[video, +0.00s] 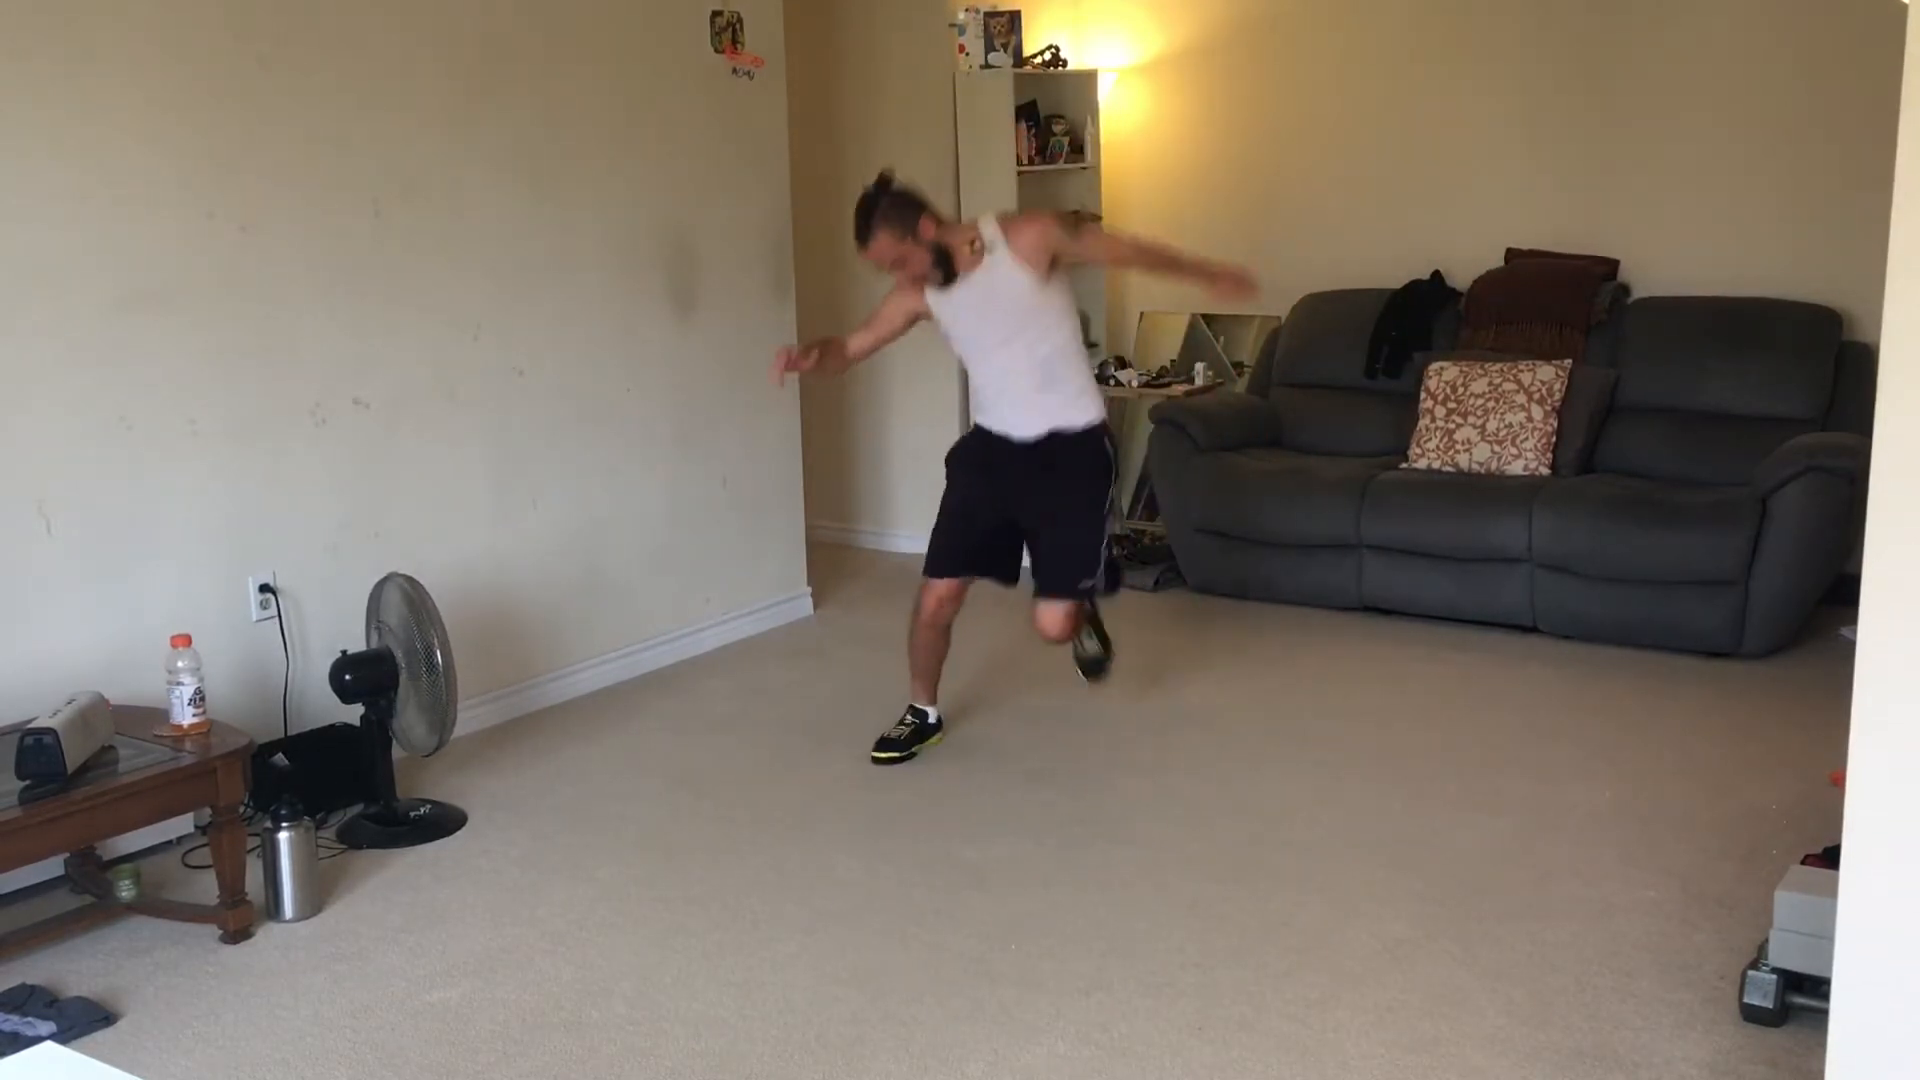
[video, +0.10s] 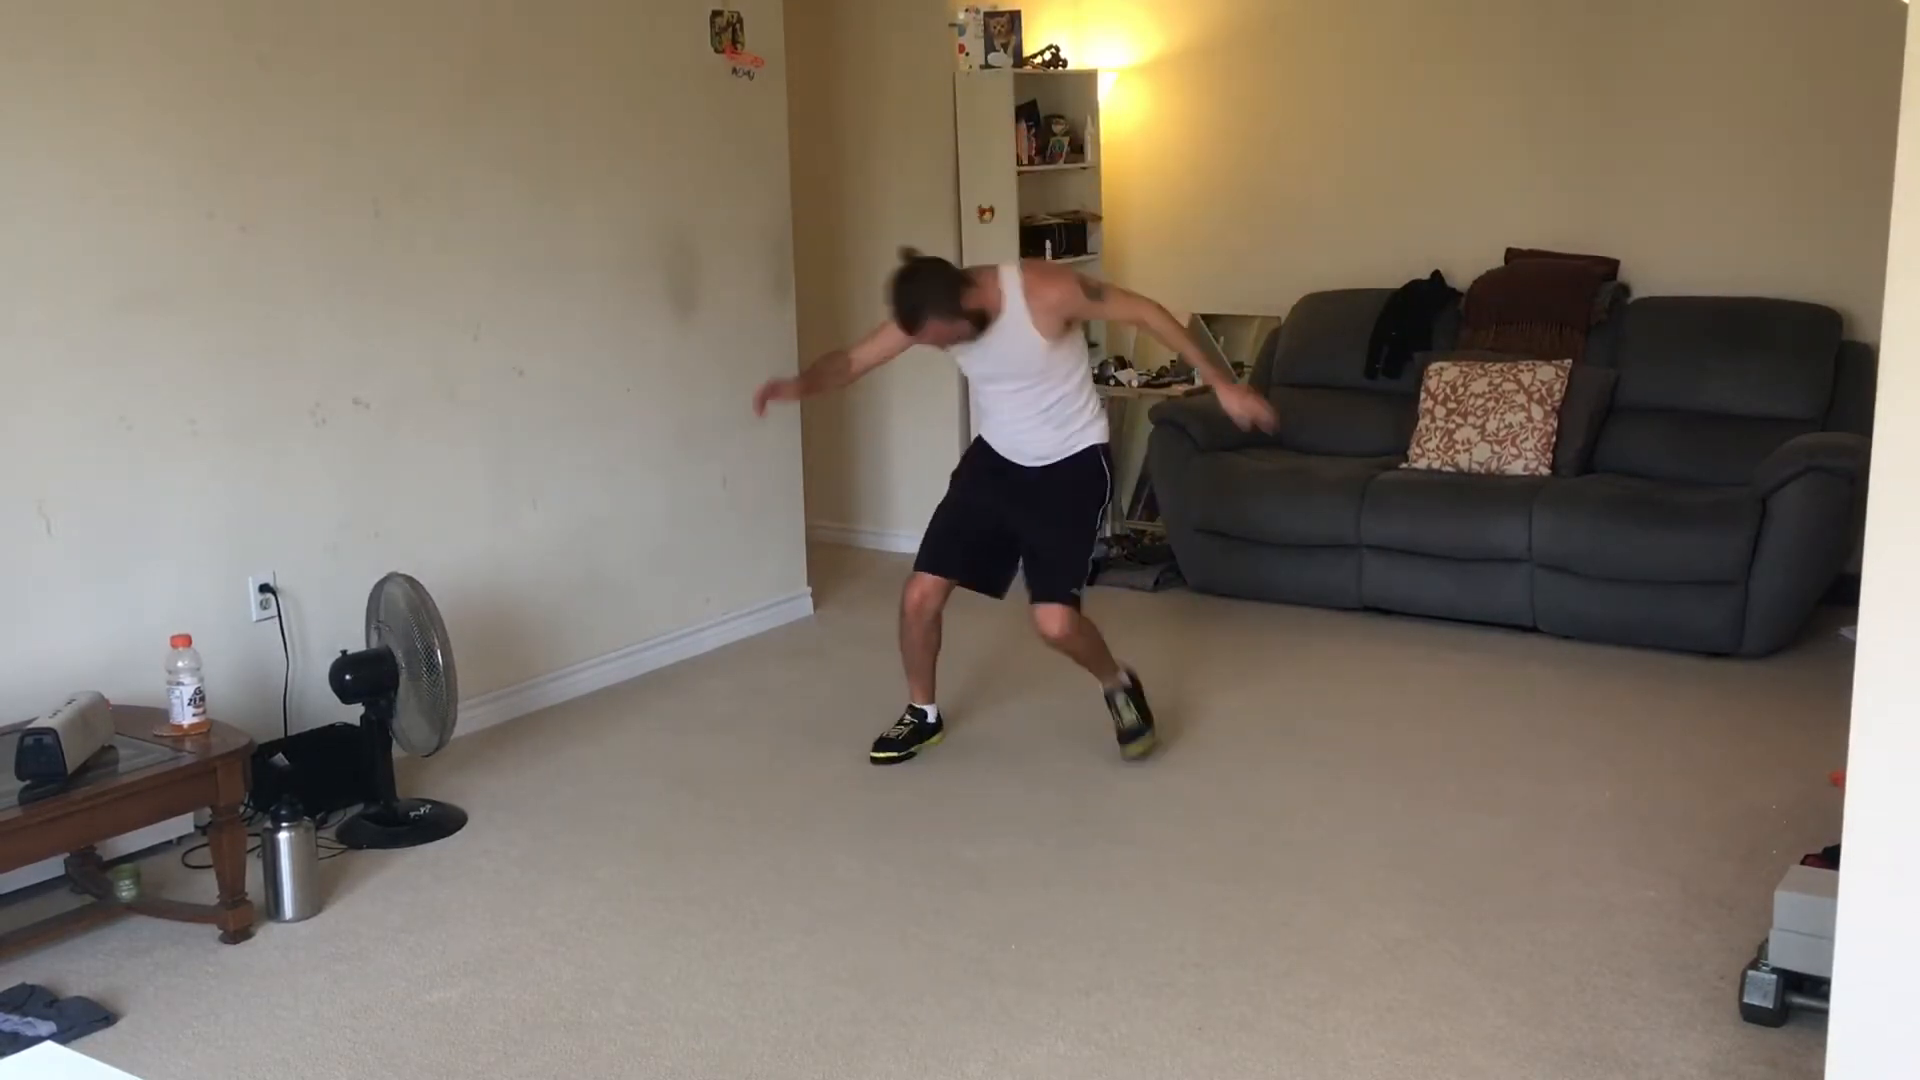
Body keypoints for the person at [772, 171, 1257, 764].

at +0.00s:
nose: (898, 274)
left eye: (897, 260)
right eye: (888, 267)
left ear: (924, 226)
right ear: (892, 255)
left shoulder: (1029, 238)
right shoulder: (920, 292)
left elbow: (1129, 251)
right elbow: (851, 348)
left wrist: (1209, 274)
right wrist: (813, 357)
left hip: (1073, 445)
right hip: (992, 448)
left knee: (1053, 625)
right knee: (937, 596)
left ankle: (1082, 612)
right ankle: (922, 712)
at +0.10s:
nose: (942, 348)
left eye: (943, 338)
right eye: (932, 342)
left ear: (965, 305)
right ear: (921, 321)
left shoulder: (1047, 289)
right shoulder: (932, 315)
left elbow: (1150, 314)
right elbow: (850, 362)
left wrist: (1225, 385)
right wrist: (800, 386)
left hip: (1071, 463)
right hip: (993, 460)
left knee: (1055, 623)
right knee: (921, 595)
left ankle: (1119, 687)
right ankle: (922, 713)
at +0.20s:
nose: (1030, 321)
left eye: (1040, 314)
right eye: (1020, 313)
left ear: (1065, 287)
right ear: (1008, 284)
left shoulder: (1111, 294)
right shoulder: (983, 279)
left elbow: (1206, 359)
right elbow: (910, 321)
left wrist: (1204, 446)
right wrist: (837, 376)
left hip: (1076, 463)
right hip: (988, 453)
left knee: (1106, 612)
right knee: (916, 588)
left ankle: (1128, 712)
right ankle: (922, 706)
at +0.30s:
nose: (1068, 261)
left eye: (1080, 252)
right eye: (1059, 249)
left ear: (1109, 225)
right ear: (1049, 220)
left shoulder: (1148, 257)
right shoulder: (1026, 235)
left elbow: (1210, 348)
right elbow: (948, 265)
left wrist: (1146, 405)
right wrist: (859, 302)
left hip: (1095, 441)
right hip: (1011, 420)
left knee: (1115, 602)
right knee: (923, 528)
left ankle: (1127, 711)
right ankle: (928, 670)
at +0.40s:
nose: (1072, 229)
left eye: (1084, 219)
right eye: (1061, 218)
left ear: (1112, 189)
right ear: (1046, 191)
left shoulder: (1151, 220)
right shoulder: (1029, 211)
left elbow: (1208, 311)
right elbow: (953, 246)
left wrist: (1122, 362)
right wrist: (874, 297)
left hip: (1129, 407)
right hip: (1052, 394)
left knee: (1127, 570)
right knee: (948, 423)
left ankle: (1134, 708)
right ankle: (991, 582)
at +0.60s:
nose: (1109, 208)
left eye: (1122, 195)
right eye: (1095, 196)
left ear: (1146, 169)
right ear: (1078, 176)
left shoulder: (1189, 214)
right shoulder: (1056, 220)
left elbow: (1280, 283)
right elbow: (1026, 288)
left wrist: (1274, 361)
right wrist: (1008, 365)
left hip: (1164, 420)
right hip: (1078, 416)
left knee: (1172, 586)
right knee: (1046, 538)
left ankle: (1175, 707)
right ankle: (1106, 666)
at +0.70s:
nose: (1136, 198)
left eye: (1149, 186)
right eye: (1123, 185)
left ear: (1173, 166)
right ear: (1105, 166)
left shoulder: (1210, 220)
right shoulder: (1072, 224)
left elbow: (1296, 285)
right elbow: (1027, 303)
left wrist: (1281, 321)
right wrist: (994, 382)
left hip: (1170, 430)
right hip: (1084, 429)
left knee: (1178, 599)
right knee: (1078, 580)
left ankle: (1174, 712)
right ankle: (1087, 725)